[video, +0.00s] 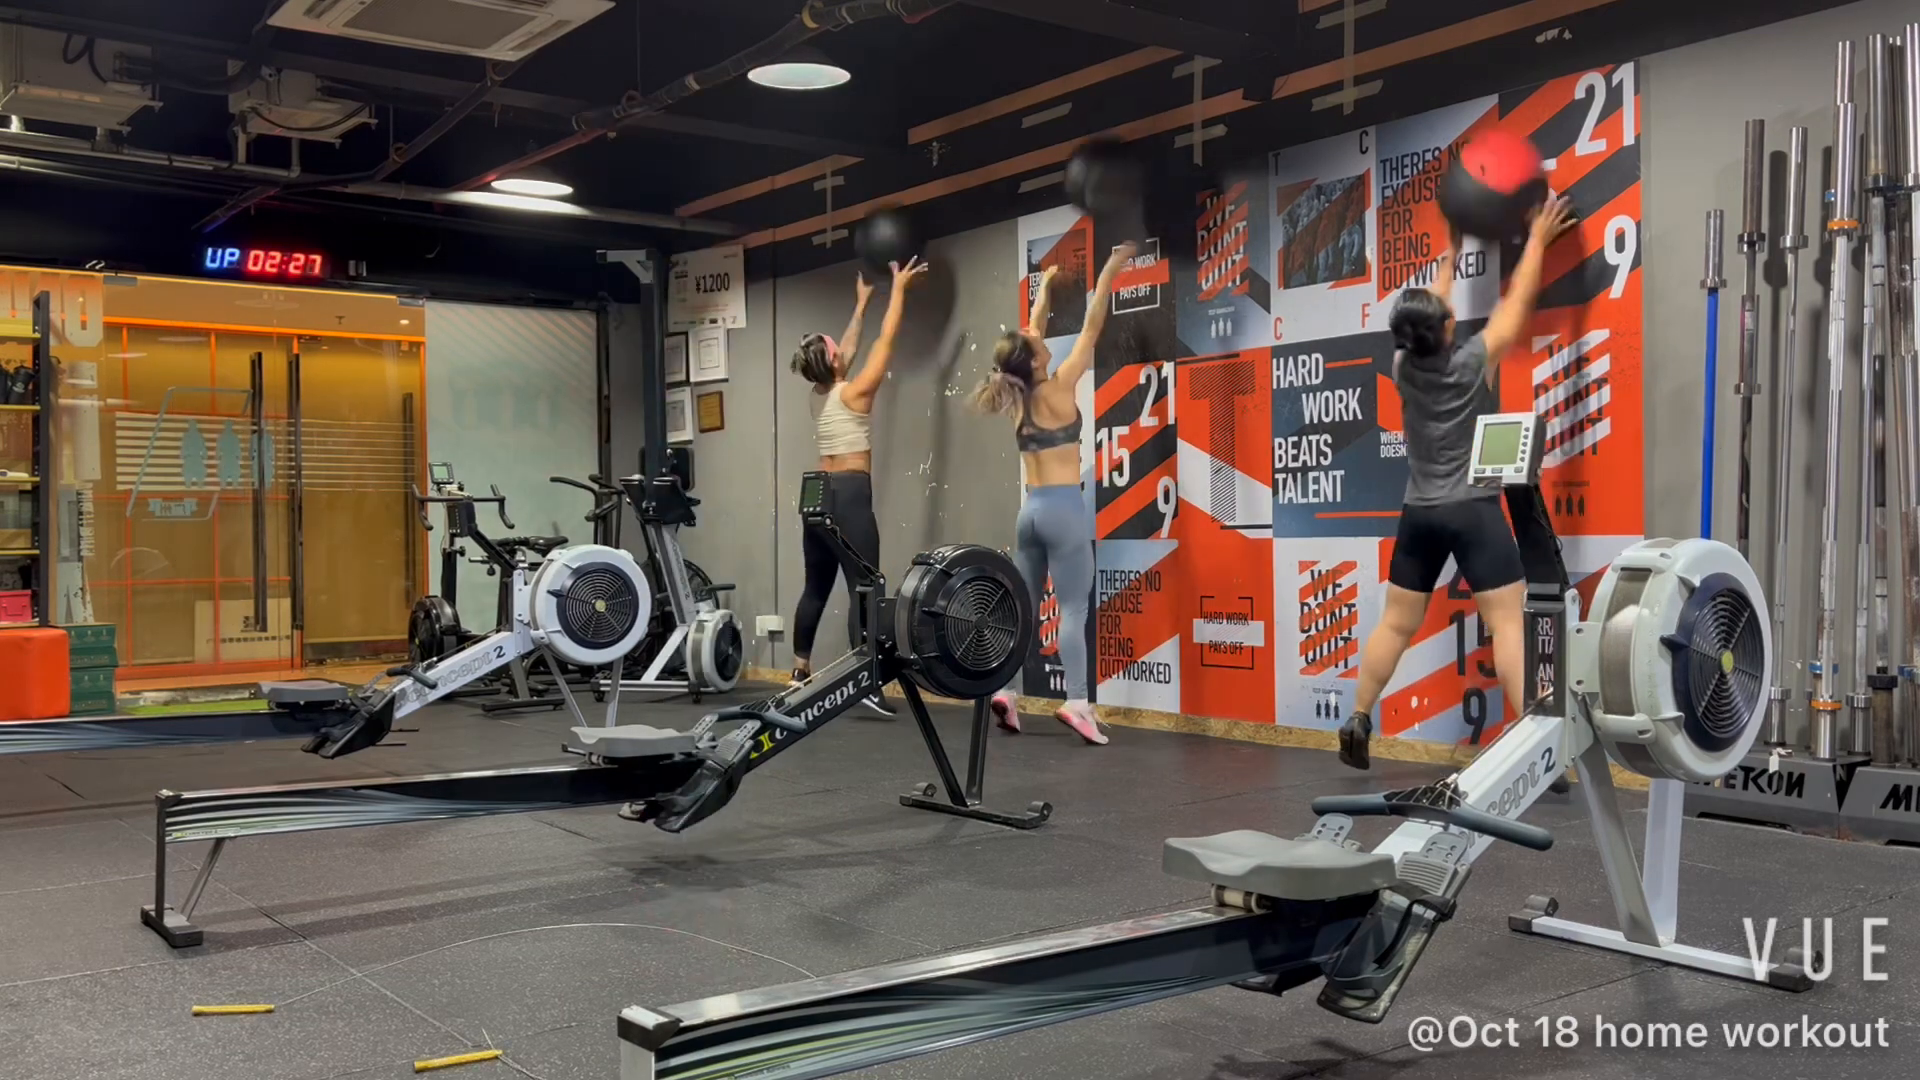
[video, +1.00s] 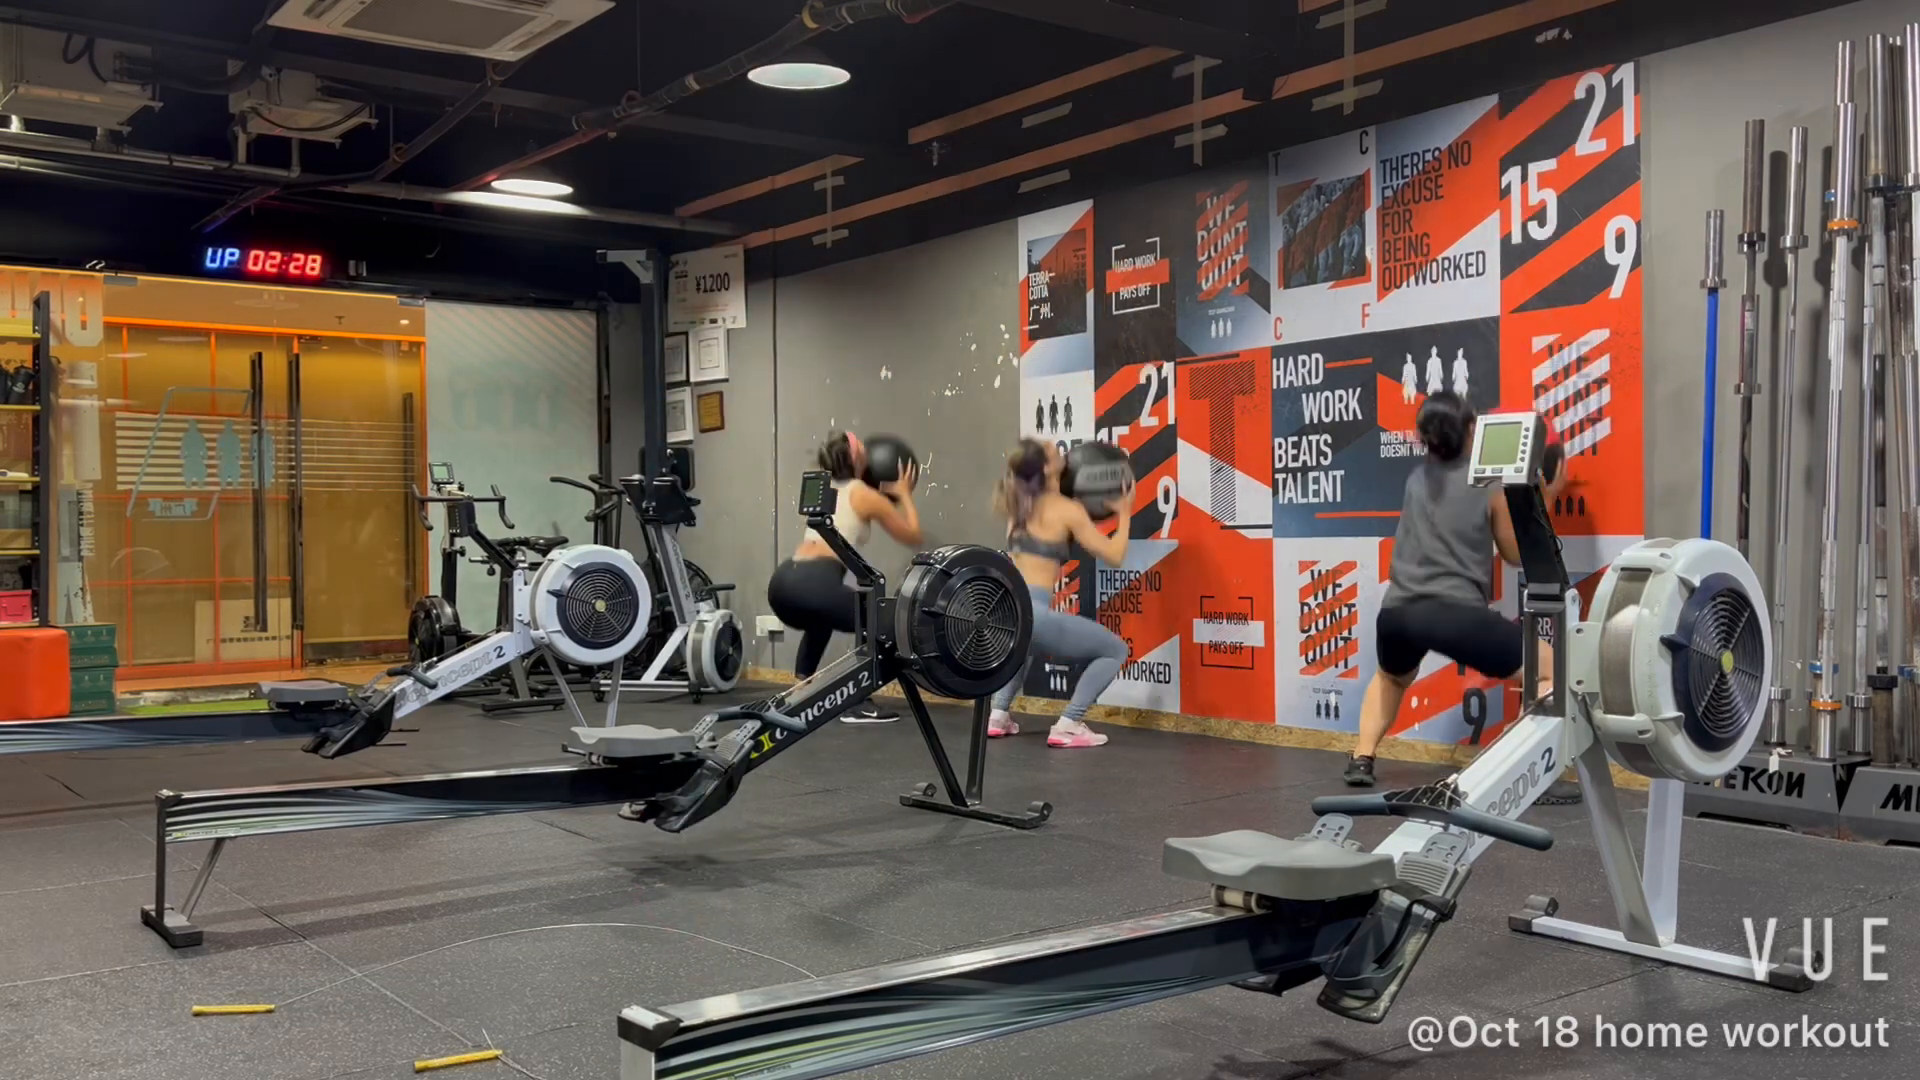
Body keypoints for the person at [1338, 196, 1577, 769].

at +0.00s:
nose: (1448, 305)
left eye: (1441, 301)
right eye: (1444, 307)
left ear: (1408, 332)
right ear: (1444, 323)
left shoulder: (1403, 367)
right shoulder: (1475, 358)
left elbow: (1431, 313)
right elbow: (1519, 296)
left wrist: (1451, 256)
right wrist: (1537, 240)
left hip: (1421, 513)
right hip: (1476, 511)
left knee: (1395, 624)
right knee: (1506, 623)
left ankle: (1359, 718)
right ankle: (1526, 729)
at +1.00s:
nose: (1479, 429)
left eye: (1474, 423)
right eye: (1475, 424)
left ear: (1426, 437)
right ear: (1470, 432)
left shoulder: (1416, 480)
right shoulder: (1488, 485)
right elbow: (1515, 554)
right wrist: (1545, 499)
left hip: (1399, 612)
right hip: (1459, 614)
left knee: (1390, 677)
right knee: (1547, 669)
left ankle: (1361, 759)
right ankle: (1541, 775)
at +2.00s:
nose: (1469, 402)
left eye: (1464, 395)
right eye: (1465, 397)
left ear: (1419, 412)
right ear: (1461, 406)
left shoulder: (1408, 455)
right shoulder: (1481, 451)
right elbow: (1506, 522)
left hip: (1399, 587)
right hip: (1458, 585)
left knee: (1391, 671)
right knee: (1533, 667)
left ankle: (1363, 755)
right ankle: (1525, 767)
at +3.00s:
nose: (1460, 336)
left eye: (1453, 334)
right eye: (1454, 338)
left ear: (1414, 371)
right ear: (1451, 364)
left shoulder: (1402, 414)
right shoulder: (1476, 407)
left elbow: (1437, 395)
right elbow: (1526, 414)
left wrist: (1451, 351)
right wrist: (1528, 354)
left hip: (1407, 561)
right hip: (1464, 562)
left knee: (1398, 665)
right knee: (1512, 662)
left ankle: (1363, 760)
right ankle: (1516, 772)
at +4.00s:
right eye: (1481, 445)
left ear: (1436, 456)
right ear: (1478, 453)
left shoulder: (1421, 501)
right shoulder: (1494, 503)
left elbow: (1405, 567)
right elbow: (1516, 581)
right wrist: (1538, 524)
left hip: (1392, 620)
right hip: (1456, 621)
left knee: (1400, 677)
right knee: (1545, 672)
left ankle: (1365, 760)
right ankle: (1532, 777)